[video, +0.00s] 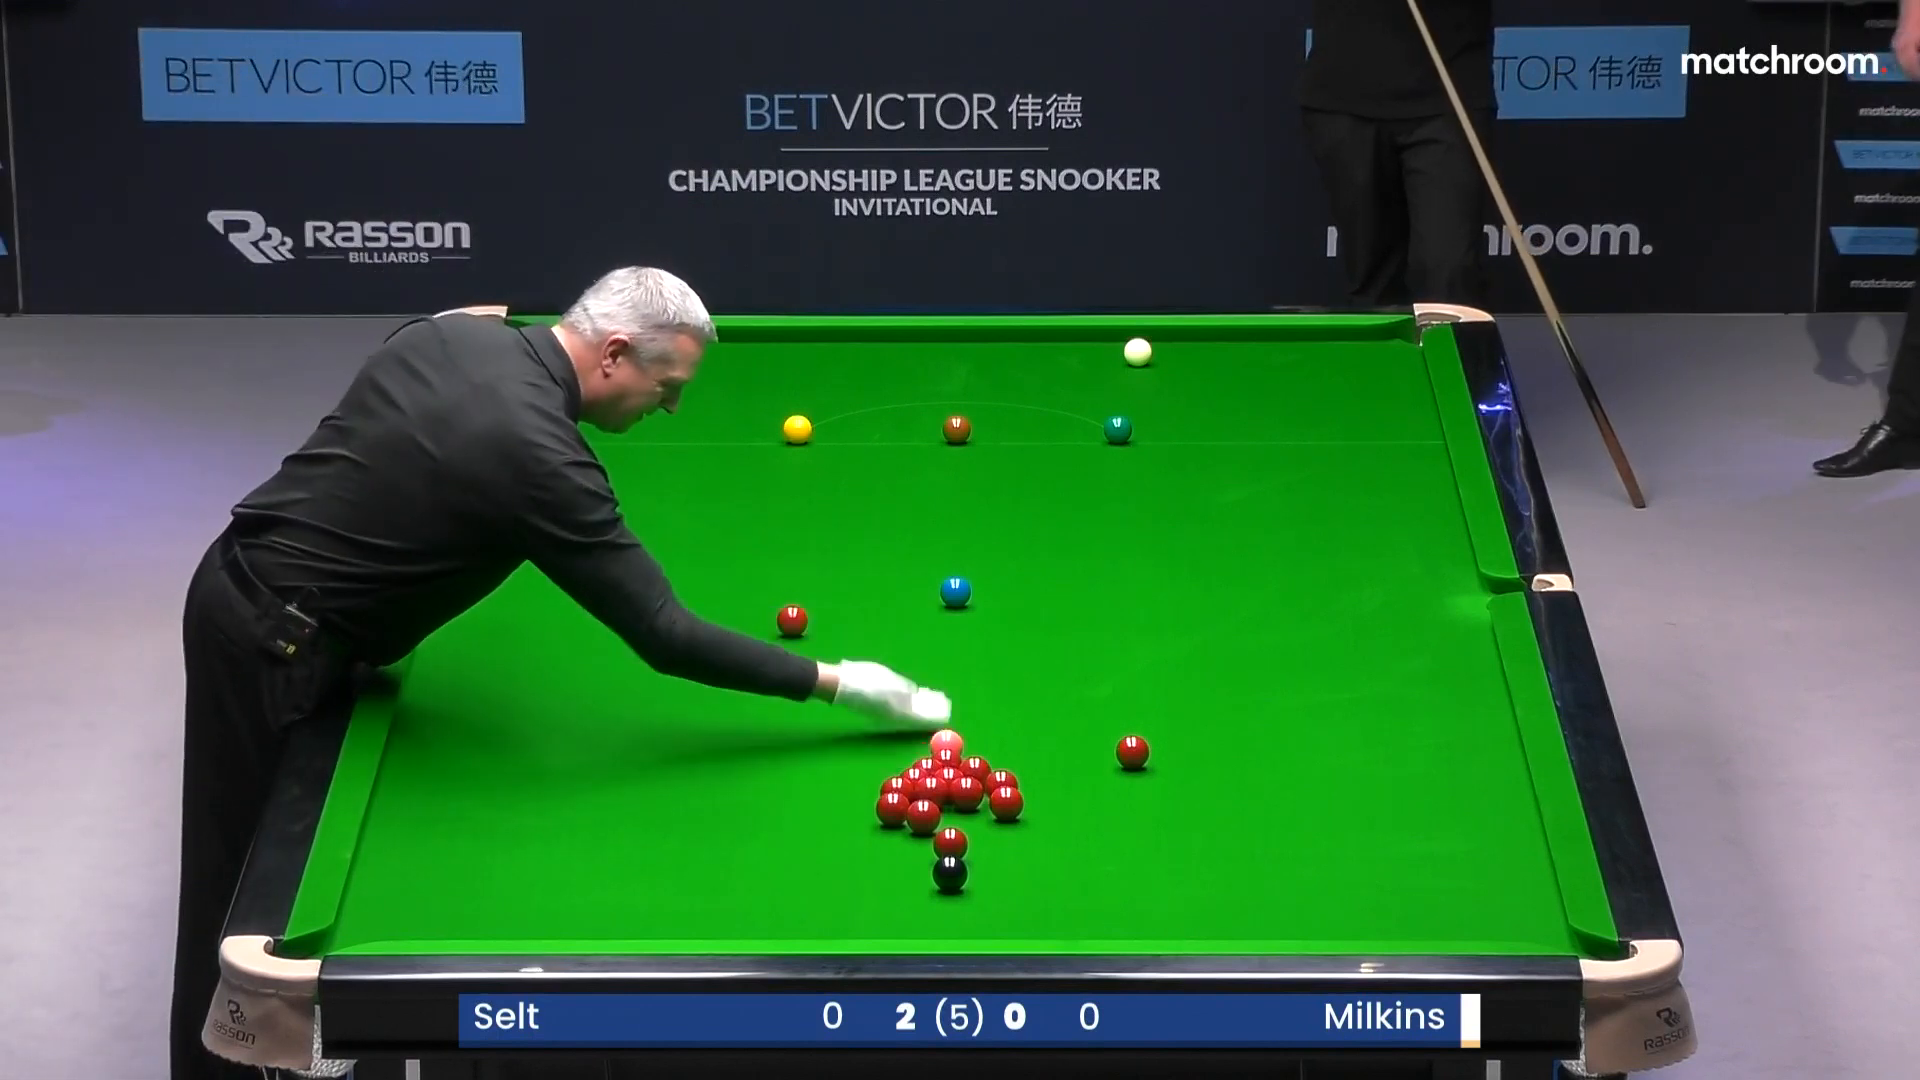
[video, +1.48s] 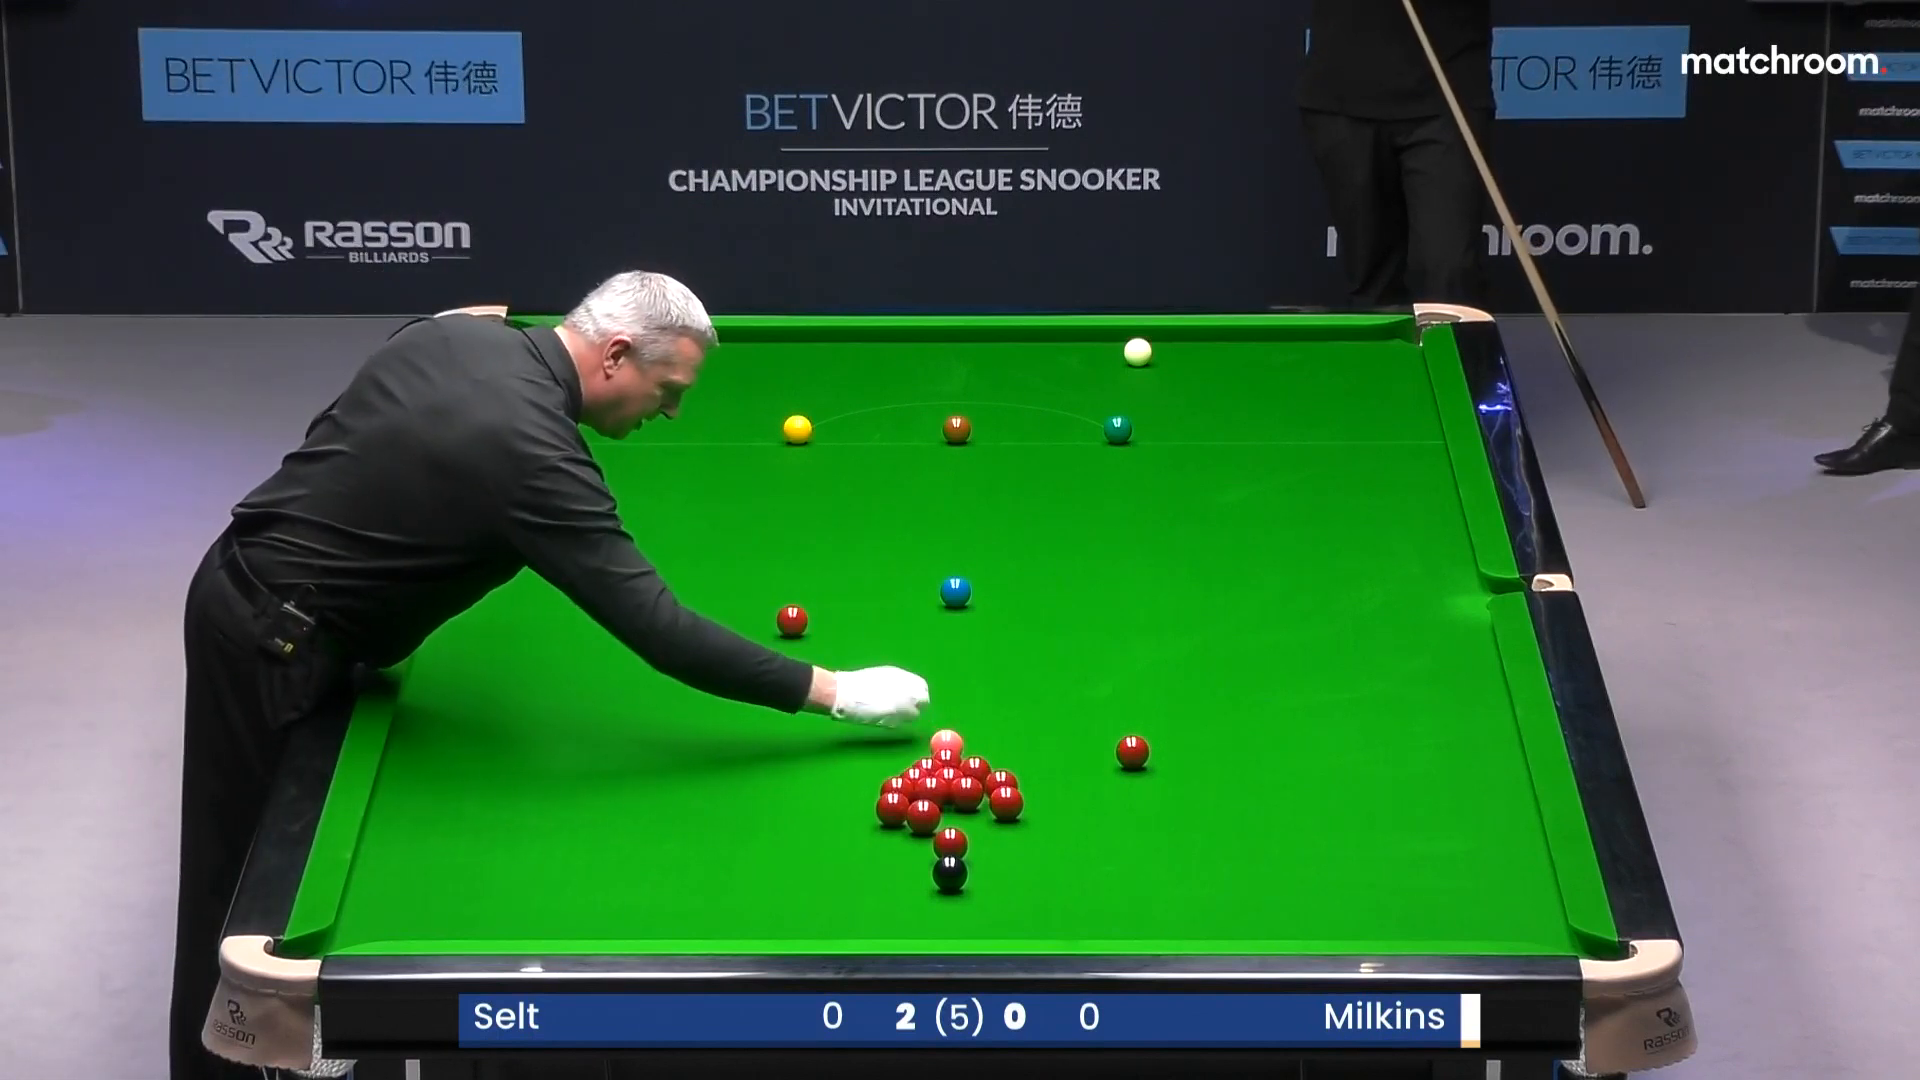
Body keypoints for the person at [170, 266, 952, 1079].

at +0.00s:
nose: (663, 408)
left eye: (672, 393)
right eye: (664, 389)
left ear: (593, 334)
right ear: (609, 353)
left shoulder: (457, 331)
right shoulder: (545, 460)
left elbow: (361, 445)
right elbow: (665, 634)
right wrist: (841, 679)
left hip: (243, 583)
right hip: (279, 637)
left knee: (251, 868)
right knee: (242, 885)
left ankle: (233, 1046)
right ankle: (210, 1058)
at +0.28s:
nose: (656, 396)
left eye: (666, 379)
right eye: (657, 375)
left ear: (589, 327)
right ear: (605, 339)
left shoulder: (454, 327)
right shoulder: (525, 438)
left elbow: (343, 448)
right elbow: (624, 633)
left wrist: (367, 614)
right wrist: (786, 632)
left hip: (243, 584)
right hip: (277, 634)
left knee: (243, 876)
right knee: (246, 891)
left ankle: (228, 1051)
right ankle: (216, 1058)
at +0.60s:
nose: (655, 393)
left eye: (666, 376)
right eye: (656, 372)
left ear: (584, 318)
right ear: (601, 334)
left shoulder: (446, 326)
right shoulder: (524, 432)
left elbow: (339, 448)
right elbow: (629, 631)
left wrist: (362, 615)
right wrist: (797, 675)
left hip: (240, 587)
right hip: (276, 635)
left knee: (240, 878)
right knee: (247, 892)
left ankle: (225, 1056)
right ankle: (219, 1063)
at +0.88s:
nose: (663, 404)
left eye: (673, 387)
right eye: (664, 383)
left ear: (592, 334)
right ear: (609, 349)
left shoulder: (451, 331)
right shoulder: (538, 451)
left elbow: (340, 441)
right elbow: (658, 617)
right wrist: (827, 692)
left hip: (242, 585)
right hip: (284, 636)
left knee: (242, 868)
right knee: (252, 886)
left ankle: (227, 1045)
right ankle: (219, 1054)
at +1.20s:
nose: (664, 410)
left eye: (674, 395)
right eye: (665, 390)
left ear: (594, 340)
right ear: (610, 355)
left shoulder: (452, 331)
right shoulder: (539, 454)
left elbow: (336, 439)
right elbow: (665, 616)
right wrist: (832, 695)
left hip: (240, 585)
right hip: (281, 638)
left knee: (242, 867)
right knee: (250, 883)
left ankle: (227, 1043)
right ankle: (215, 1052)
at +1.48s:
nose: (666, 409)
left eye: (676, 395)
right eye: (667, 390)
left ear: (598, 338)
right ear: (615, 354)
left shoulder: (453, 332)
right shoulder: (538, 451)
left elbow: (337, 439)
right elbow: (658, 625)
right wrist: (829, 684)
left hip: (243, 585)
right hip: (282, 636)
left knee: (242, 867)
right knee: (252, 883)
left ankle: (226, 1044)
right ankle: (217, 1052)